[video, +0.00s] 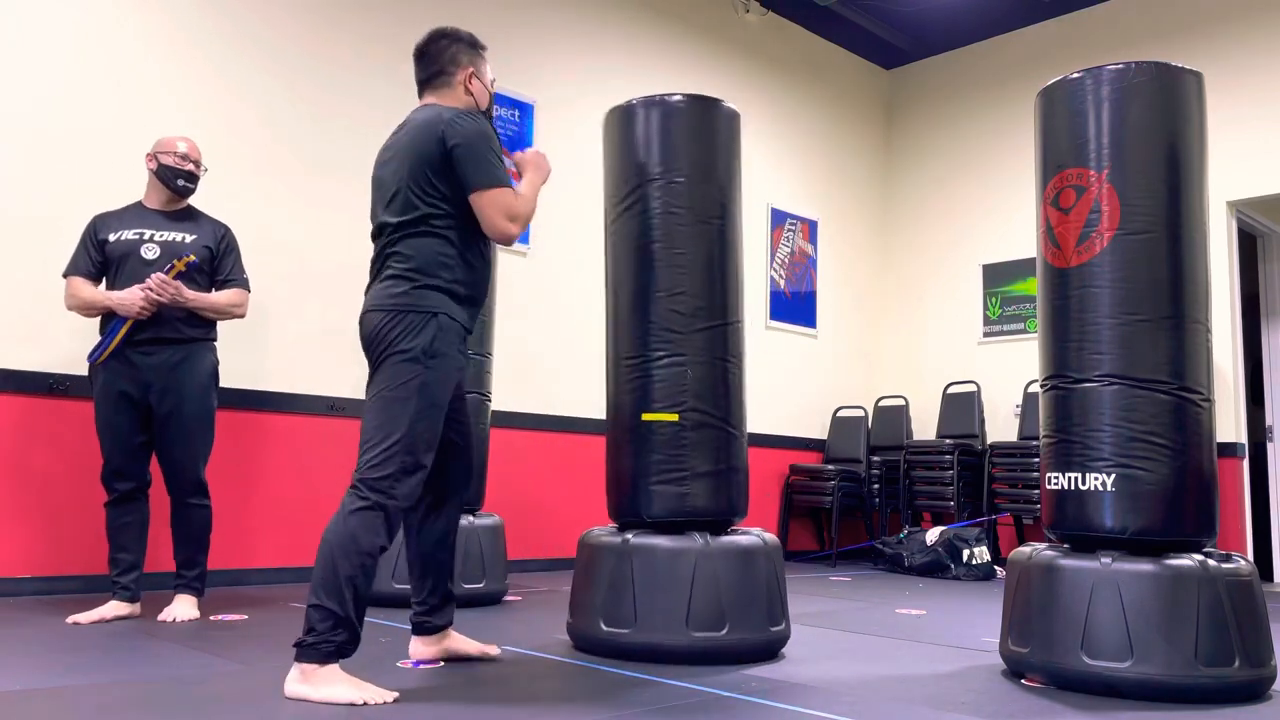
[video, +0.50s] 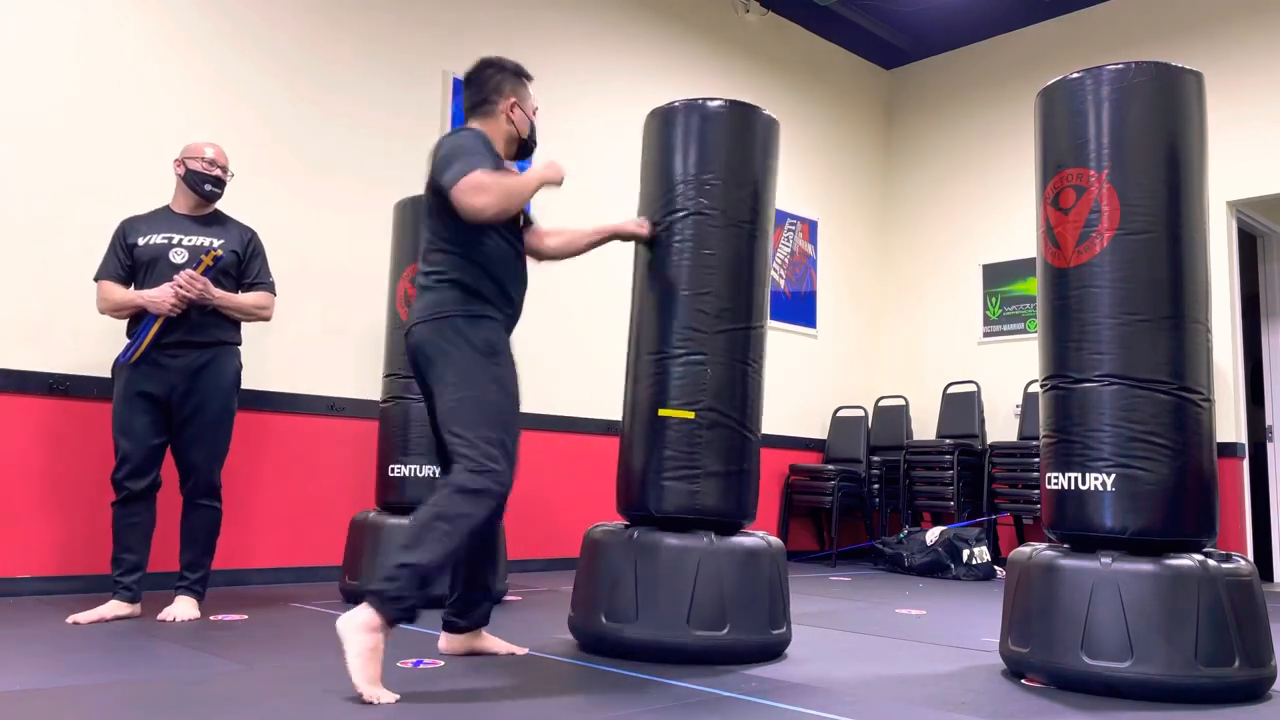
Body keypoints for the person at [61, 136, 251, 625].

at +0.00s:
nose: (186, 164)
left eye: (194, 161)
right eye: (176, 154)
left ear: (200, 177)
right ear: (150, 162)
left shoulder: (215, 234)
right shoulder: (106, 226)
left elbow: (238, 304)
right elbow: (74, 294)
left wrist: (187, 298)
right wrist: (115, 299)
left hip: (187, 370)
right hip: (119, 370)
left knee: (187, 483)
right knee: (123, 483)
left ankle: (188, 592)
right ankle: (124, 594)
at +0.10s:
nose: (191, 165)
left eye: (199, 162)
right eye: (181, 155)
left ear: (205, 178)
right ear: (156, 163)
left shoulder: (221, 235)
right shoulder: (112, 227)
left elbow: (244, 304)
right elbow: (81, 295)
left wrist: (193, 298)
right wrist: (123, 297)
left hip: (191, 370)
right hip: (124, 370)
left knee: (190, 483)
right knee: (125, 483)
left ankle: (188, 593)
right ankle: (125, 594)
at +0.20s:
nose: (195, 168)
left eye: (204, 164)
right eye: (186, 158)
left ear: (210, 179)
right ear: (161, 164)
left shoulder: (226, 235)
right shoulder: (118, 228)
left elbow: (249, 305)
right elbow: (88, 296)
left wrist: (199, 295)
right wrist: (129, 295)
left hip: (196, 371)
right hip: (129, 370)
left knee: (192, 484)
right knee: (127, 483)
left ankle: (188, 593)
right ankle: (125, 595)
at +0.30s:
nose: (201, 174)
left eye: (209, 170)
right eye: (192, 165)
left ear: (215, 180)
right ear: (168, 167)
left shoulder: (232, 236)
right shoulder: (124, 229)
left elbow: (254, 306)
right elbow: (96, 298)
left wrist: (204, 294)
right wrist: (137, 295)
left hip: (201, 372)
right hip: (134, 370)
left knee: (196, 484)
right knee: (129, 482)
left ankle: (189, 593)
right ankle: (126, 595)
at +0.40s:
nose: (208, 170)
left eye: (216, 166)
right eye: (199, 161)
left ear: (222, 180)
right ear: (173, 167)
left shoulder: (237, 237)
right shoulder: (130, 229)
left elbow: (260, 306)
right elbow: (102, 298)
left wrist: (209, 295)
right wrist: (142, 297)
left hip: (206, 371)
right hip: (139, 370)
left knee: (199, 485)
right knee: (130, 481)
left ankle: (189, 594)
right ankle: (126, 595)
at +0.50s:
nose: (213, 171)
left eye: (220, 167)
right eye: (204, 162)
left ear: (227, 181)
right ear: (178, 168)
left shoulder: (241, 238)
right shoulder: (134, 229)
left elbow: (264, 307)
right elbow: (106, 298)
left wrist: (212, 295)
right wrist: (146, 298)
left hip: (209, 372)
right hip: (142, 370)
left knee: (201, 485)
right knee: (132, 481)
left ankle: (189, 594)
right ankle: (126, 595)